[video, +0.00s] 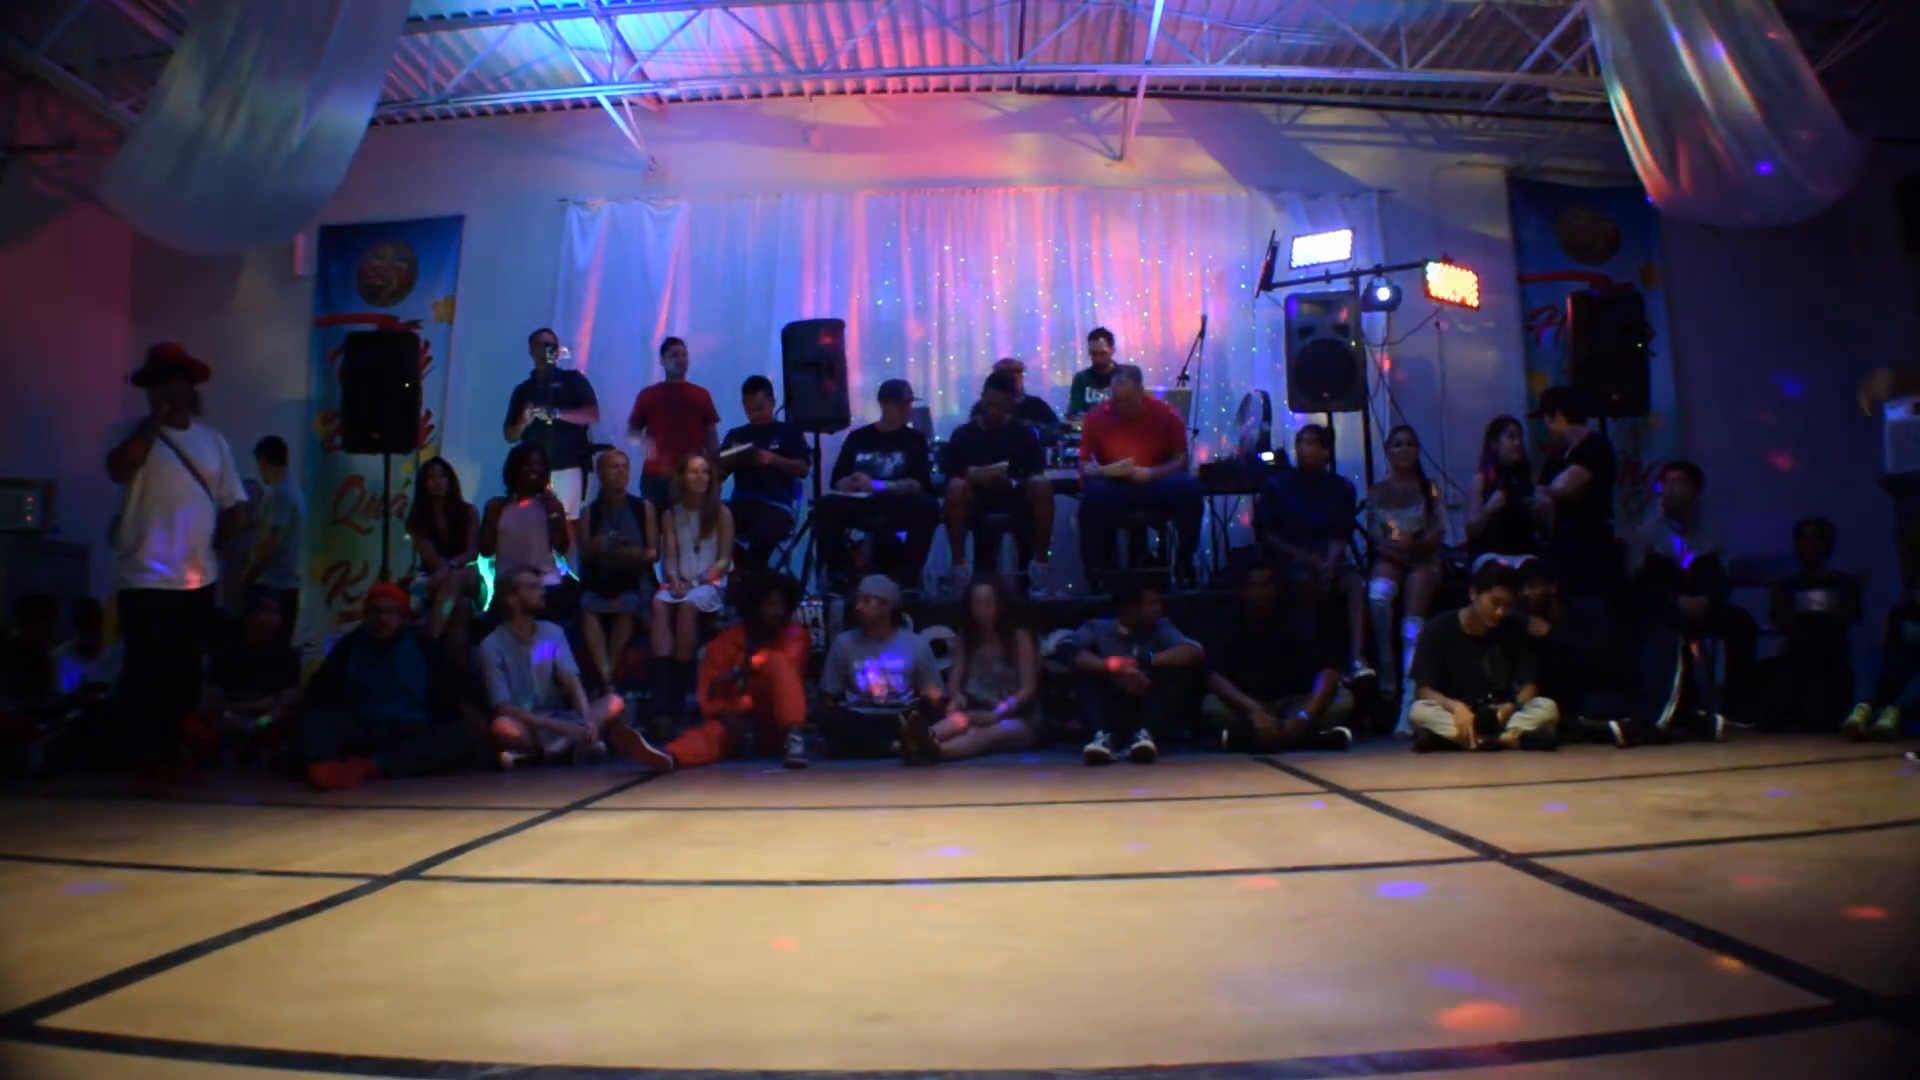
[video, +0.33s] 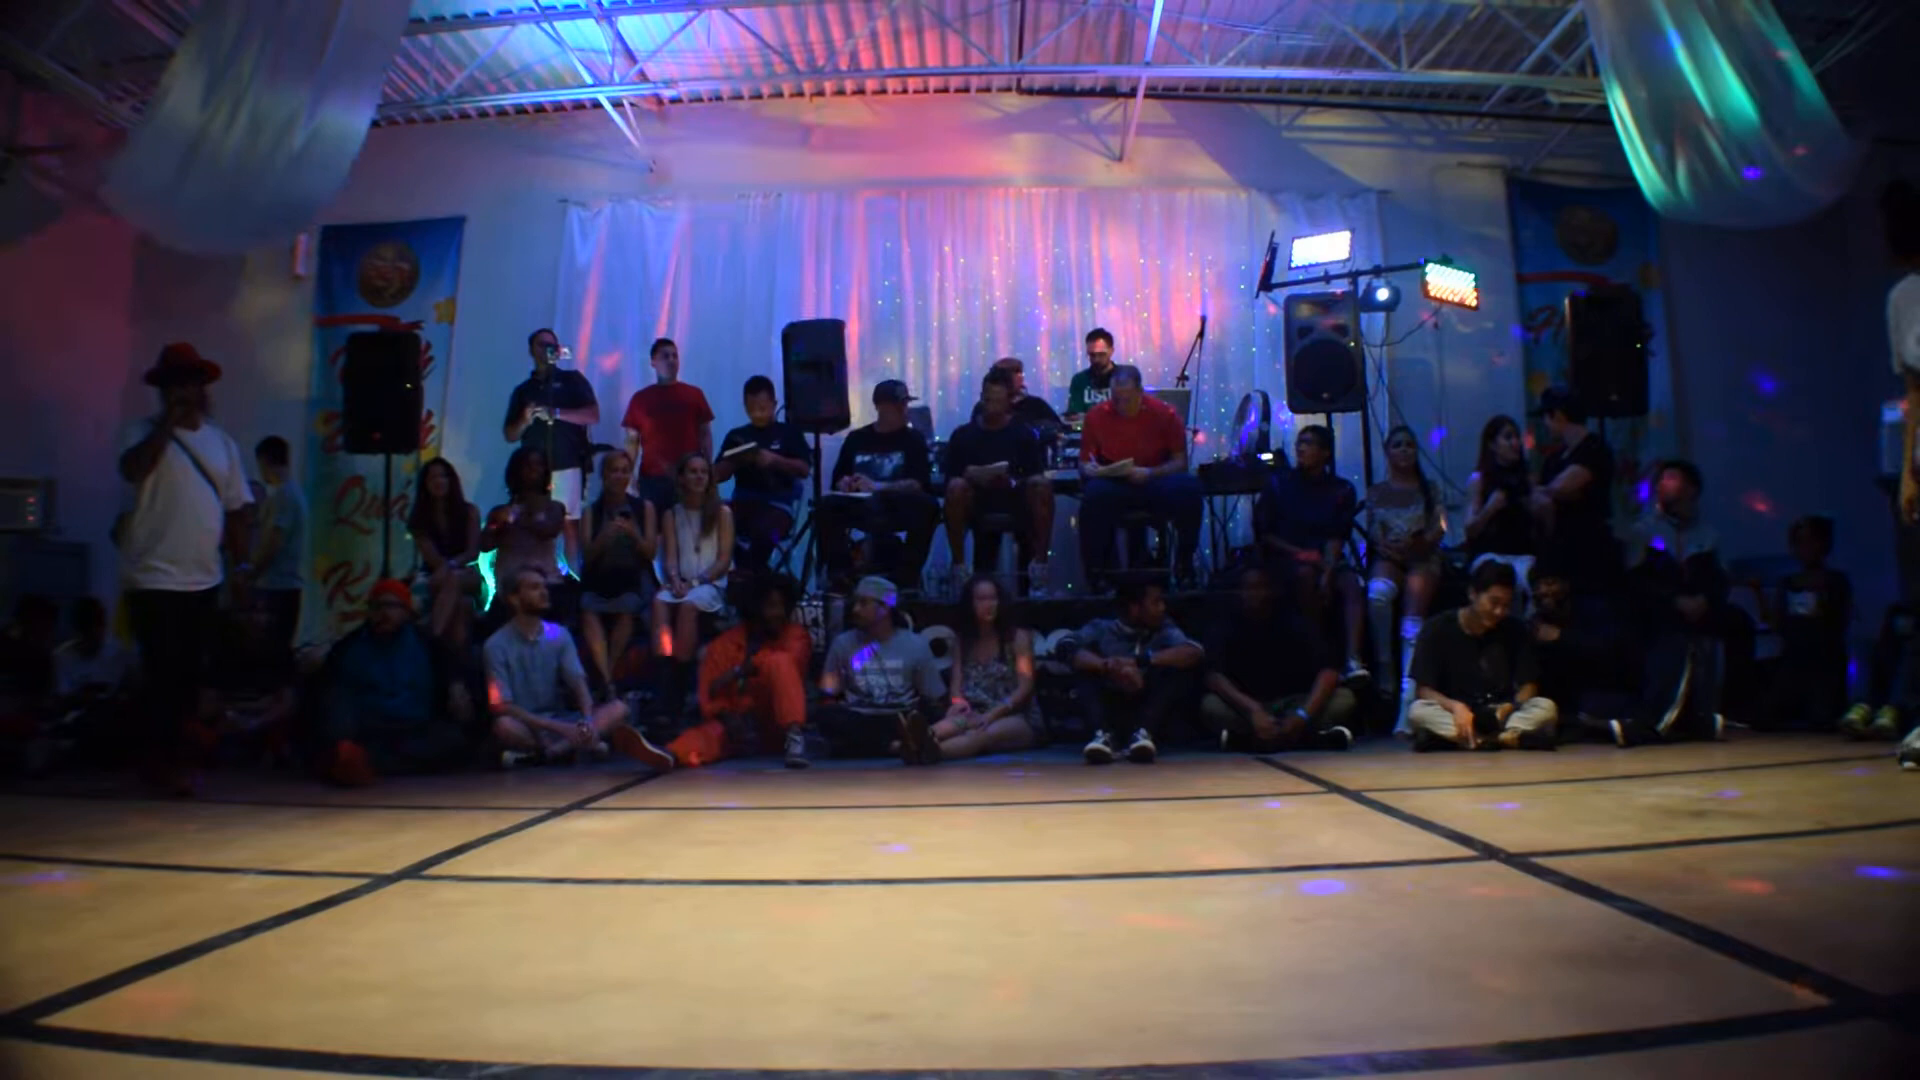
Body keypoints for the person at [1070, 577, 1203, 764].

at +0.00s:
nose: (1158, 609)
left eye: (1158, 603)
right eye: (1152, 604)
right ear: (1130, 607)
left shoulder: (1160, 629)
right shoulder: (1099, 630)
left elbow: (1194, 651)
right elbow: (1067, 650)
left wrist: (1147, 661)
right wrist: (1114, 667)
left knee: (1173, 670)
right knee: (1088, 671)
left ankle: (1145, 733)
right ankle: (1102, 735)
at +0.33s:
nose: (1162, 609)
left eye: (1162, 602)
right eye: (1156, 603)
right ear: (1135, 608)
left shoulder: (1164, 631)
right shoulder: (1103, 629)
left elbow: (1195, 652)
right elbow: (1065, 647)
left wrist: (1143, 661)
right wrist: (1110, 666)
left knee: (1173, 672)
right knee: (1087, 674)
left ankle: (1143, 734)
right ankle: (1102, 735)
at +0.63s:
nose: (1158, 609)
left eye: (1159, 602)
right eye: (1152, 602)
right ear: (1131, 606)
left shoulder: (1162, 629)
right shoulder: (1102, 629)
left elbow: (1194, 652)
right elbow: (1064, 649)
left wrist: (1148, 659)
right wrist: (1108, 667)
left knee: (1174, 671)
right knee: (1087, 673)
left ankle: (1144, 734)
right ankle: (1102, 735)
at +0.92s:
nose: (1151, 608)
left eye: (1151, 602)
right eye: (1144, 603)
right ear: (1125, 608)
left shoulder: (1159, 629)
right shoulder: (1100, 630)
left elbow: (1192, 651)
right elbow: (1061, 650)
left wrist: (1143, 660)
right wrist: (1110, 671)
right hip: (1109, 701)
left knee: (1172, 669)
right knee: (1088, 672)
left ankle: (1144, 734)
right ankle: (1101, 735)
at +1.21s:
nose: (1142, 607)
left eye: (1141, 601)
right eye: (1134, 602)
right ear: (1113, 609)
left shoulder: (1151, 627)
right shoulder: (1092, 631)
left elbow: (1189, 649)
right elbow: (1060, 652)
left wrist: (1139, 659)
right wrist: (1108, 668)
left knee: (1170, 666)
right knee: (1088, 671)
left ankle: (1143, 733)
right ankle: (1101, 734)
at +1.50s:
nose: (1133, 606)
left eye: (1132, 600)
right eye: (1125, 601)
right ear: (1105, 610)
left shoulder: (1143, 627)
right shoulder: (1086, 633)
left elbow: (1185, 647)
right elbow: (1053, 652)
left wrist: (1136, 659)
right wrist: (1105, 668)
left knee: (1160, 668)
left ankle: (1142, 734)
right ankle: (1099, 734)